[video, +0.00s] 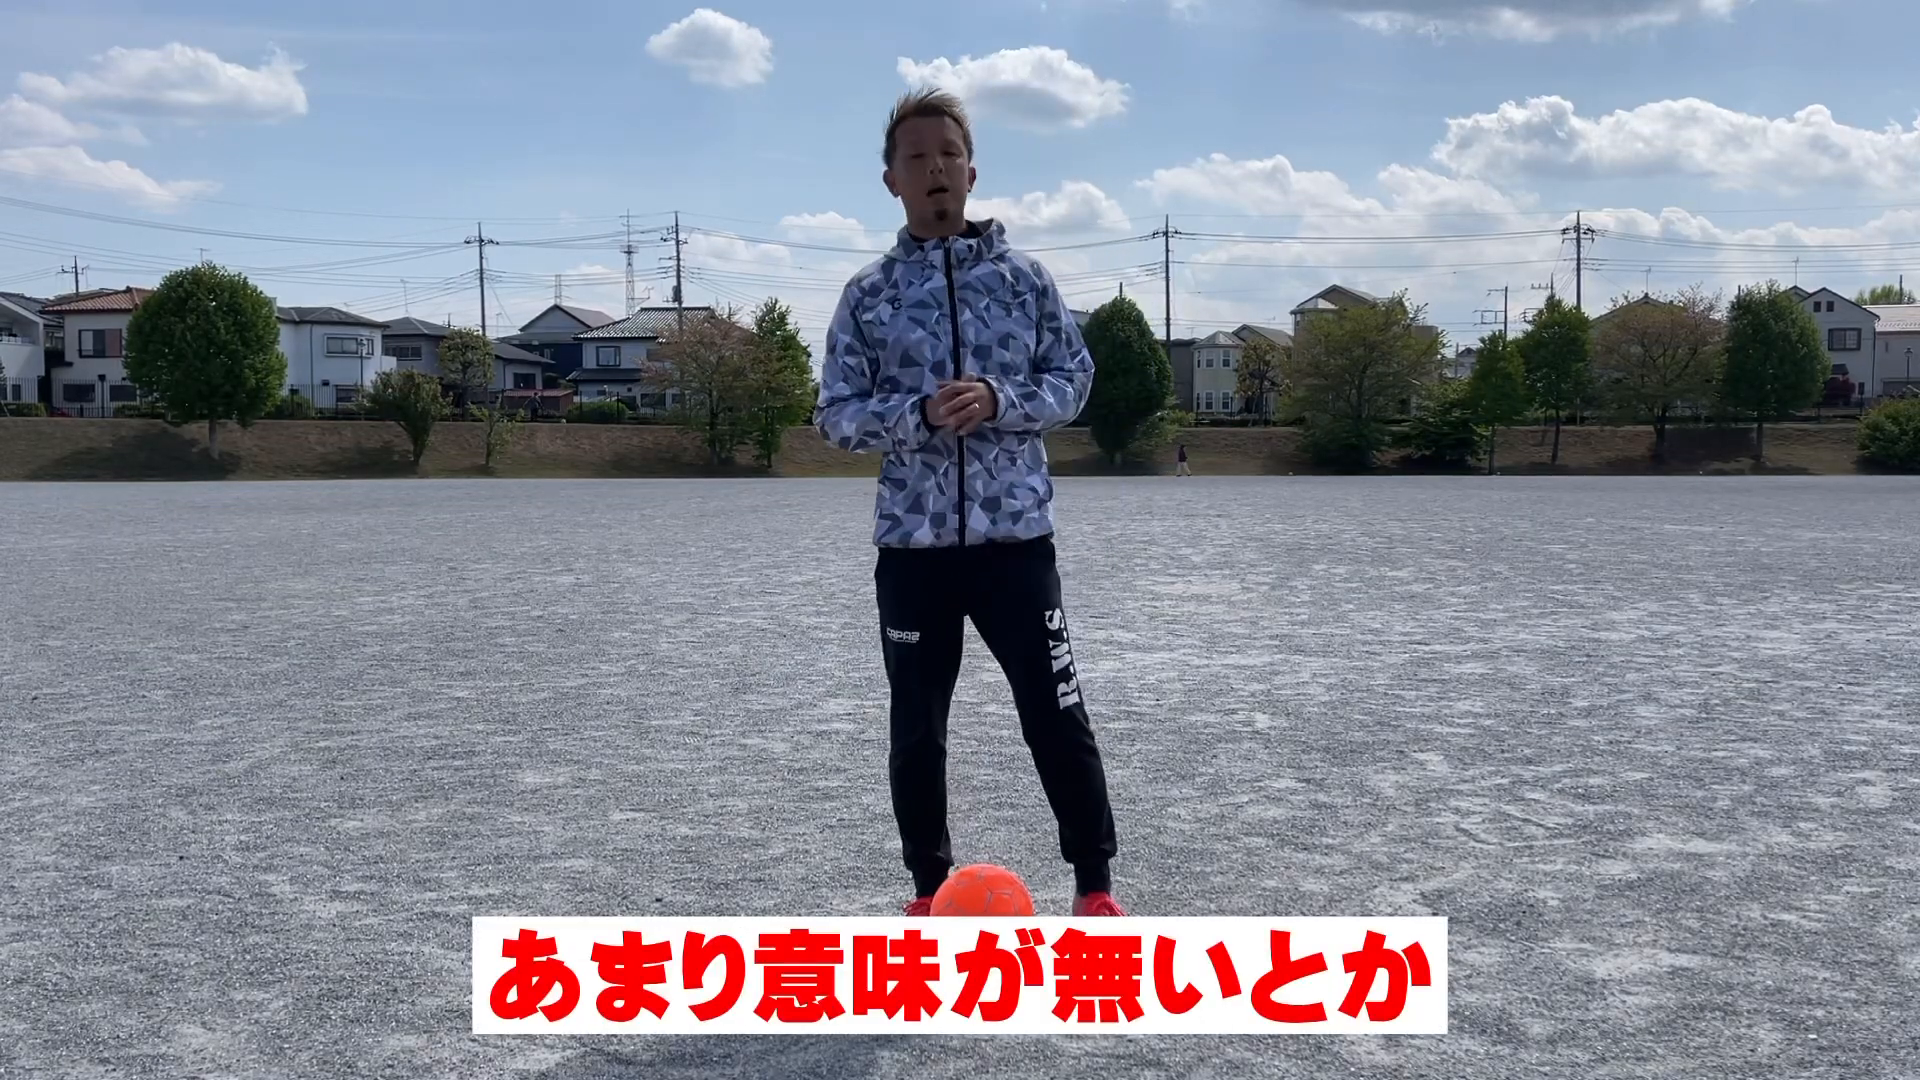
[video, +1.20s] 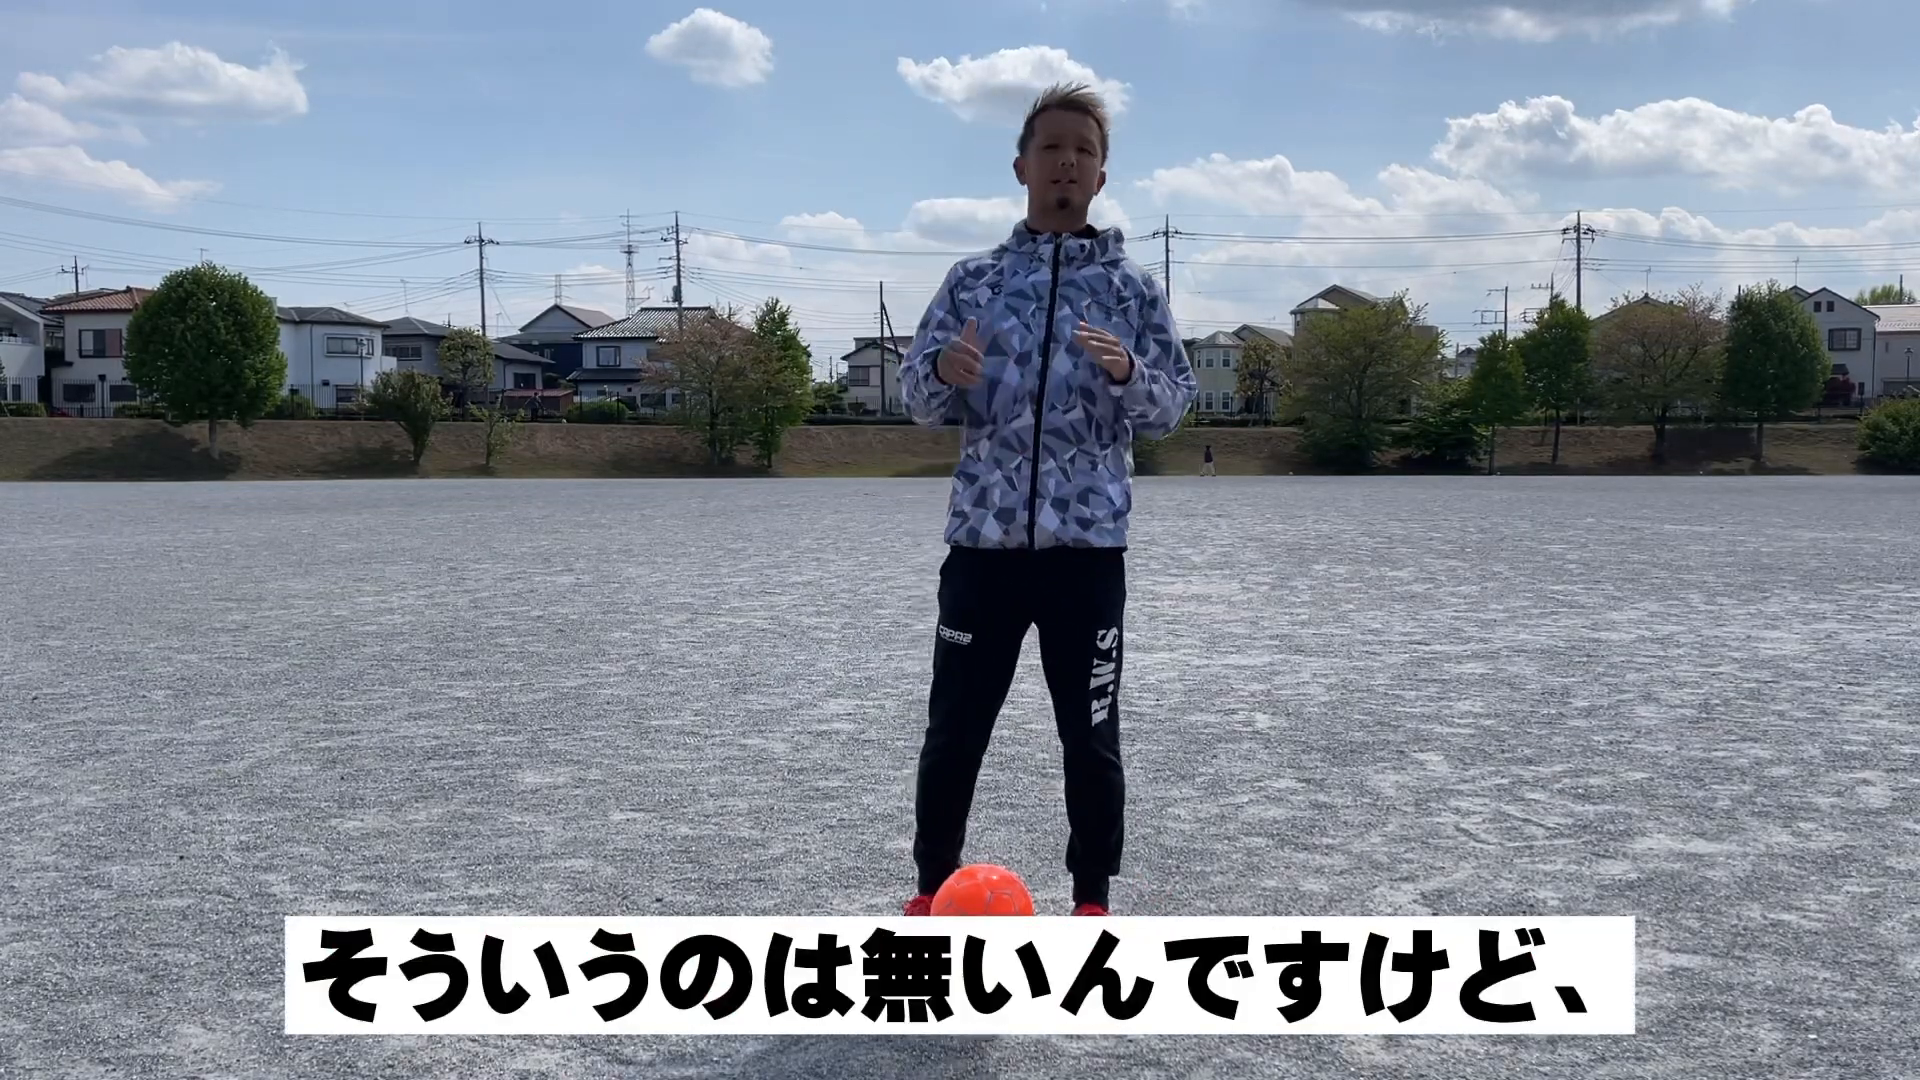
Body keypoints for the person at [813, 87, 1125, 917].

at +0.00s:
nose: (936, 169)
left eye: (948, 153)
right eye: (916, 156)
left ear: (971, 167)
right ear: (891, 178)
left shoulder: (1023, 279)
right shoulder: (867, 295)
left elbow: (1073, 384)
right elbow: (836, 414)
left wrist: (1002, 399)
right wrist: (918, 414)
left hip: (1012, 535)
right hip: (913, 540)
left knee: (1055, 708)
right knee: (916, 723)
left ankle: (1094, 886)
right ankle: (927, 892)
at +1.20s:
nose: (1067, 161)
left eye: (1083, 149)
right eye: (1051, 147)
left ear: (1102, 169)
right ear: (1022, 165)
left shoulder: (1134, 288)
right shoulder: (972, 281)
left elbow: (1171, 400)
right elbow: (916, 393)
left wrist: (1131, 372)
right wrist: (946, 374)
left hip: (1086, 538)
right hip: (984, 534)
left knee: (1090, 728)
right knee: (954, 725)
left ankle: (1093, 898)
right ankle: (930, 891)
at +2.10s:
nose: (1086, 167)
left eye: (1105, 153)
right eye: (1071, 150)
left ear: (1130, 168)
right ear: (1047, 161)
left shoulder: (1161, 281)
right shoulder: (1003, 273)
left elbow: (1207, 391)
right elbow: (958, 386)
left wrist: (1114, 412)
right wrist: (1022, 412)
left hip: (1102, 540)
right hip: (1001, 527)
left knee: (1101, 732)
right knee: (958, 665)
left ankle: (1093, 910)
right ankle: (1015, 790)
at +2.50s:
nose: (1052, 175)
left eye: (1068, 161)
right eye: (1035, 159)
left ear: (1086, 176)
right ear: (1004, 170)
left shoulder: (1115, 293)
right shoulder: (955, 281)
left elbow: (1152, 405)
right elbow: (911, 394)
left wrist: (1075, 414)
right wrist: (968, 417)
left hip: (1068, 542)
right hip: (967, 540)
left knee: (1080, 728)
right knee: (947, 724)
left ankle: (1091, 900)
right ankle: (925, 894)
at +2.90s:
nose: (983, 169)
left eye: (996, 156)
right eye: (963, 155)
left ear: (1010, 171)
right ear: (929, 171)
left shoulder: (1042, 282)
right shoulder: (884, 285)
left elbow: (1089, 392)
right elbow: (836, 406)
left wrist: (1034, 382)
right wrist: (845, 377)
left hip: (1007, 535)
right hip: (909, 536)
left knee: (1043, 719)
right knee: (910, 725)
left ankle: (1082, 897)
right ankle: (917, 894)